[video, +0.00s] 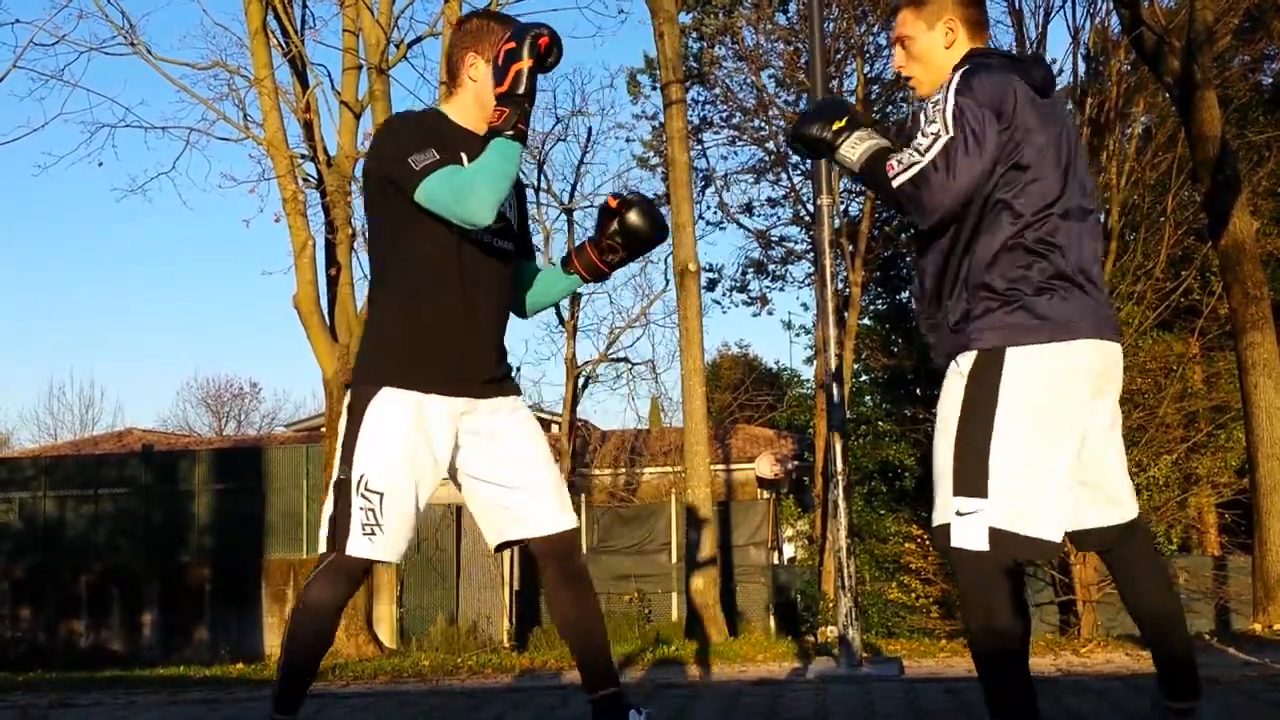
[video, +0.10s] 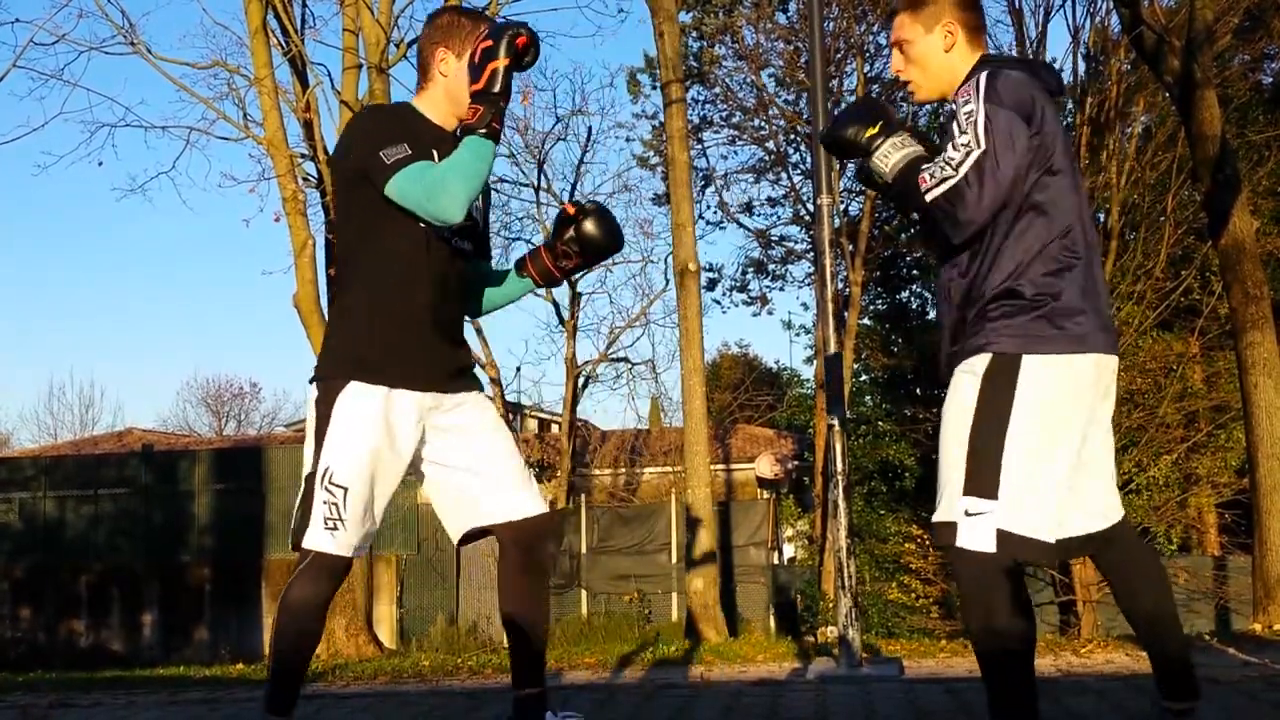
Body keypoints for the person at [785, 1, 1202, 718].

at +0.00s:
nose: (895, 61)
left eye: (904, 43)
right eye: (894, 45)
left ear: (953, 35)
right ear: (958, 34)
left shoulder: (977, 88)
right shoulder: (1045, 98)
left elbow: (928, 190)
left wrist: (847, 139)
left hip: (1011, 340)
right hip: (1085, 333)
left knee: (970, 535)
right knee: (1110, 518)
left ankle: (1012, 717)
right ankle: (1183, 692)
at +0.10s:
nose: (894, 65)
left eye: (901, 45)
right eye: (892, 49)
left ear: (951, 36)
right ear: (955, 37)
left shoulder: (994, 90)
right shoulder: (1018, 93)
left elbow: (959, 208)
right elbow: (960, 224)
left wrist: (890, 147)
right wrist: (890, 158)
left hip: (1019, 342)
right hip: (1076, 339)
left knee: (971, 536)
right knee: (1099, 518)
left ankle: (1012, 718)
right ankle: (1182, 693)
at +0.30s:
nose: (905, 51)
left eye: (916, 34)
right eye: (904, 37)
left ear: (966, 28)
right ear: (964, 29)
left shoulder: (1000, 79)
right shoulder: (1017, 79)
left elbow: (925, 170)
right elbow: (920, 171)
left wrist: (887, 100)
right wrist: (883, 98)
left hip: (1021, 340)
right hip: (1070, 334)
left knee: (997, 537)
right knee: (1081, 523)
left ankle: (1023, 719)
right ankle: (1152, 698)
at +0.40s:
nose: (917, 62)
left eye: (925, 42)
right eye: (914, 46)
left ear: (974, 33)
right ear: (971, 35)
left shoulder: (1014, 89)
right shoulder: (1021, 90)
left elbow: (944, 184)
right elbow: (952, 190)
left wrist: (873, 133)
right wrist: (904, 128)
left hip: (1019, 346)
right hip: (1066, 342)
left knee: (960, 530)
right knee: (1088, 528)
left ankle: (1003, 716)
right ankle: (1157, 703)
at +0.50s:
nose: (907, 61)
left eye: (918, 43)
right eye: (907, 44)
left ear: (967, 38)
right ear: (967, 37)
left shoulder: (1002, 85)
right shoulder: (1027, 93)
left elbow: (962, 191)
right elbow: (955, 216)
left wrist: (913, 138)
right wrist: (906, 144)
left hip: (1008, 340)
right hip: (1059, 339)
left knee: (922, 514)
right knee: (1088, 524)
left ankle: (954, 714)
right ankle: (1155, 702)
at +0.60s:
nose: (898, 71)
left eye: (905, 52)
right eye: (896, 56)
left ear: (953, 41)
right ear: (954, 45)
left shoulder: (989, 93)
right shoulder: (1002, 99)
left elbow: (913, 185)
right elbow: (918, 198)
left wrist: (850, 125)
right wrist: (852, 130)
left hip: (985, 347)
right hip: (1039, 344)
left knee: (914, 530)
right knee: (1061, 529)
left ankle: (868, 717)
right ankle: (1151, 703)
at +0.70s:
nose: (870, 84)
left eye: (881, 66)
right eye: (870, 68)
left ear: (931, 61)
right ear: (937, 67)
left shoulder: (952, 117)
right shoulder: (983, 119)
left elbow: (879, 212)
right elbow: (904, 225)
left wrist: (792, 173)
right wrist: (830, 176)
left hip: (956, 369)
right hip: (1013, 371)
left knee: (867, 546)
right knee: (1038, 544)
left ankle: (826, 719)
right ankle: (1144, 702)